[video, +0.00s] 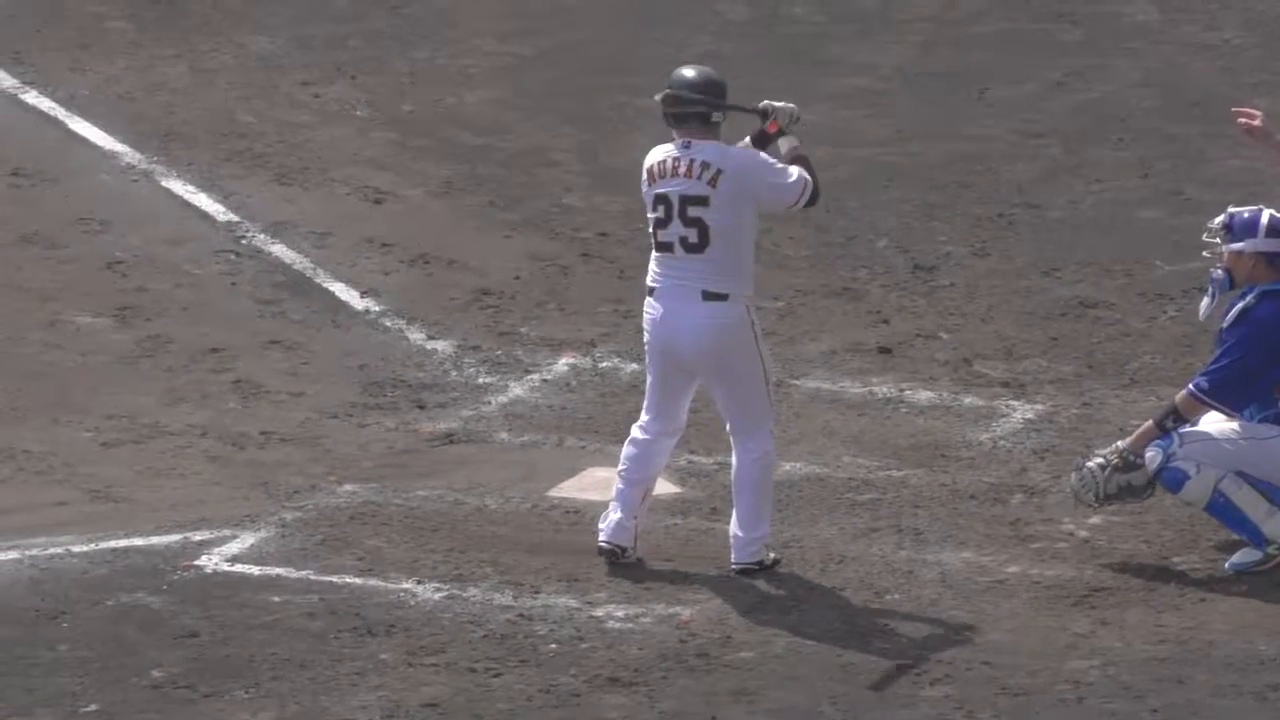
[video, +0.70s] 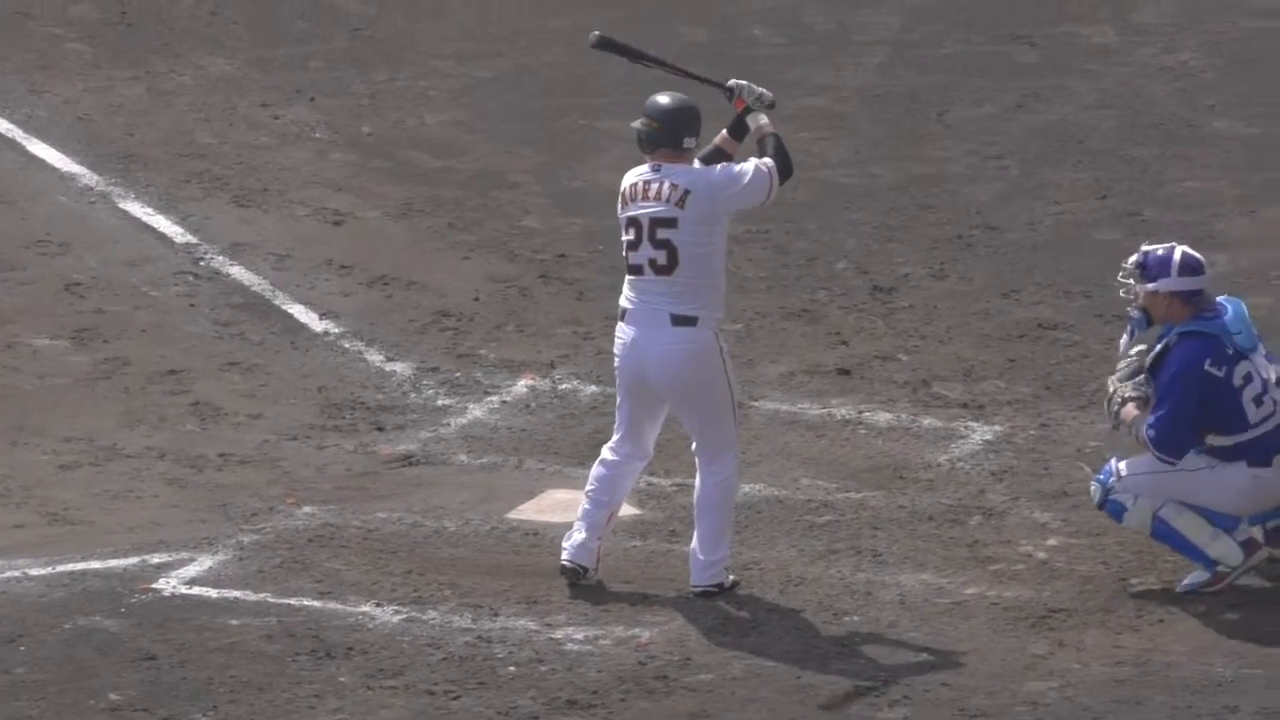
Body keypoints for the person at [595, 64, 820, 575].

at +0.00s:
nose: (687, 119)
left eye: (675, 110)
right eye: (718, 111)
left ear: (671, 113)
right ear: (720, 114)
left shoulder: (653, 162)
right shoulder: (743, 164)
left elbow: (712, 174)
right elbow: (806, 190)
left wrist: (761, 137)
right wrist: (791, 146)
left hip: (661, 312)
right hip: (724, 318)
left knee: (655, 421)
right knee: (751, 433)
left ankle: (615, 532)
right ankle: (748, 550)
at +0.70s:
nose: (640, 138)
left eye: (643, 133)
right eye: (647, 134)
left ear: (647, 138)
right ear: (691, 137)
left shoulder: (631, 184)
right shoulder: (712, 183)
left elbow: (704, 165)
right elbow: (780, 167)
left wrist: (743, 116)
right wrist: (762, 118)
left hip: (630, 336)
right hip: (690, 343)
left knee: (627, 444)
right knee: (716, 454)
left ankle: (578, 551)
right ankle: (708, 572)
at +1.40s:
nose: (614, 165)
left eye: (617, 160)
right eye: (618, 160)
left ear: (621, 164)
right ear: (667, 164)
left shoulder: (605, 207)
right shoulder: (685, 209)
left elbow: (681, 193)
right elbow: (750, 200)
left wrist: (717, 145)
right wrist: (733, 148)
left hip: (599, 360)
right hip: (660, 366)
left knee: (595, 467)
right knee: (686, 477)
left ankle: (546, 572)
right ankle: (675, 591)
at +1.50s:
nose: (614, 172)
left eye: (617, 166)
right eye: (666, 166)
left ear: (620, 170)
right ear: (667, 168)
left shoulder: (604, 215)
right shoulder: (683, 215)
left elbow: (681, 202)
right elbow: (749, 208)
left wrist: (718, 155)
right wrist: (734, 161)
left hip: (600, 365)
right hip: (660, 371)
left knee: (595, 472)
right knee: (685, 482)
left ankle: (544, 574)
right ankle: (673, 596)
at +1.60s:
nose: (613, 175)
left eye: (617, 169)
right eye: (616, 170)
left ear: (622, 174)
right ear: (667, 172)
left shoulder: (605, 219)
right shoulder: (685, 220)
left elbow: (682, 210)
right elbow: (751, 216)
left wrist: (720, 166)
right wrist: (738, 169)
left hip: (601, 369)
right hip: (662, 375)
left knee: (596, 475)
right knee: (685, 487)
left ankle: (544, 577)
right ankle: (672, 599)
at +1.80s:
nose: (611, 176)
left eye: (615, 170)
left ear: (618, 174)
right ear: (665, 175)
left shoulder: (601, 222)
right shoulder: (682, 223)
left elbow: (678, 216)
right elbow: (748, 221)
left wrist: (718, 173)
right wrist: (737, 174)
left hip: (598, 373)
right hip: (659, 379)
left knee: (593, 478)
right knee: (683, 488)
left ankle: (542, 580)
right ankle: (670, 603)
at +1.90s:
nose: (609, 175)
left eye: (613, 169)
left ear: (617, 174)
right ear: (664, 175)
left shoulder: (600, 221)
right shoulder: (680, 223)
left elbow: (678, 213)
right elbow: (745, 221)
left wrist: (716, 170)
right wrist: (734, 174)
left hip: (595, 373)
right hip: (656, 379)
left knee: (590, 480)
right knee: (681, 489)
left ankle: (540, 582)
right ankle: (669, 603)